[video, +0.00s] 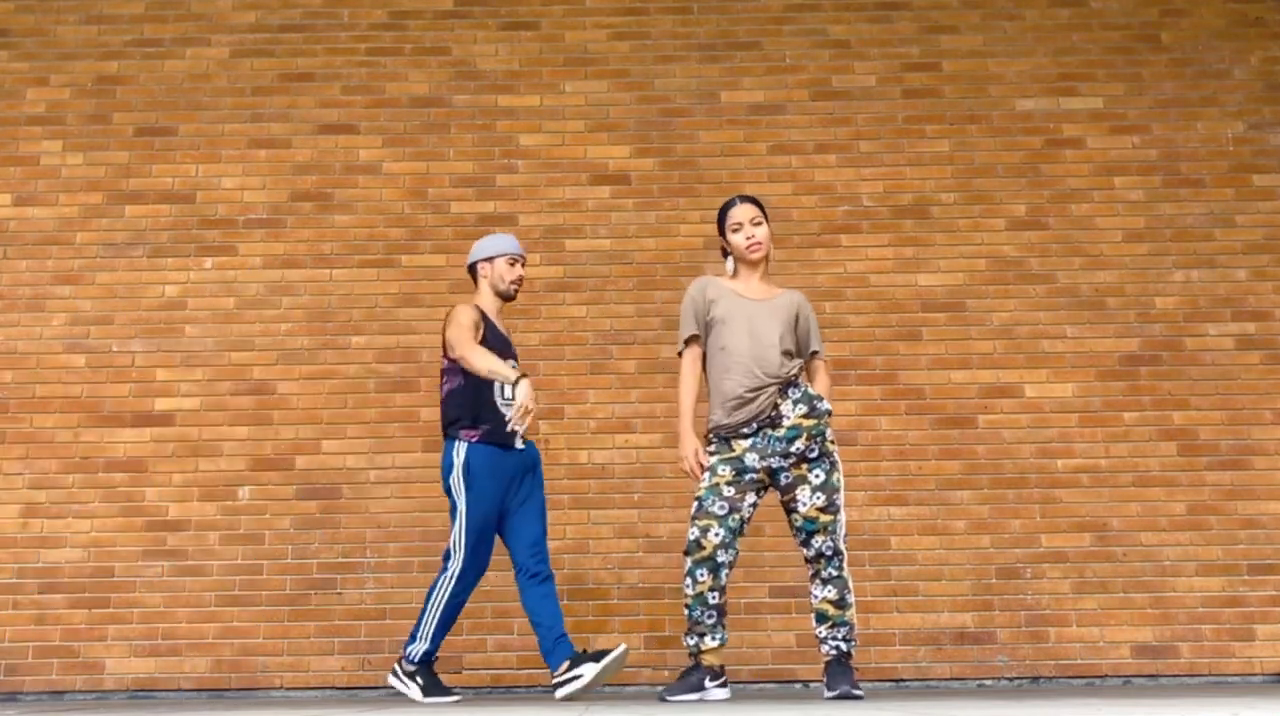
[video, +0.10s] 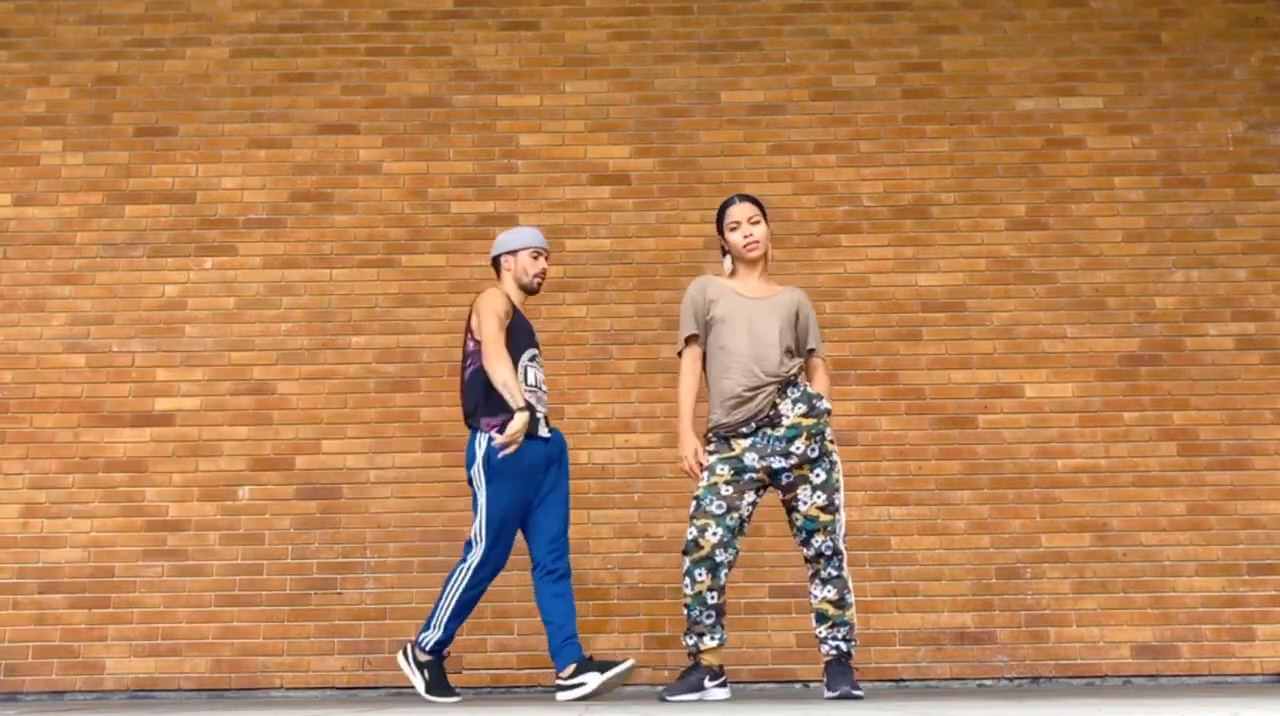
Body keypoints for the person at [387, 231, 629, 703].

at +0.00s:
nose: (520, 272)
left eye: (523, 265)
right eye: (512, 263)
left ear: (517, 273)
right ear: (483, 268)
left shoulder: (501, 334)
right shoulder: (465, 312)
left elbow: (503, 392)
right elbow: (465, 352)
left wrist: (528, 403)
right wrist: (516, 378)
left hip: (518, 457)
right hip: (475, 455)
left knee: (534, 564)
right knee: (465, 563)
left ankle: (564, 663)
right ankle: (413, 662)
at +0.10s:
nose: (543, 266)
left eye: (545, 259)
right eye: (535, 257)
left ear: (533, 267)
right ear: (507, 261)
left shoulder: (517, 316)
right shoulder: (492, 300)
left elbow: (515, 375)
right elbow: (493, 356)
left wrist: (536, 420)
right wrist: (521, 408)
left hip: (542, 448)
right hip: (503, 448)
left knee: (552, 561)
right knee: (485, 557)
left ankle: (570, 665)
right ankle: (426, 651)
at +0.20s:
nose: (567, 263)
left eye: (568, 257)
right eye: (558, 254)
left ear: (556, 266)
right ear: (529, 259)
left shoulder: (540, 315)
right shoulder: (512, 301)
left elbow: (543, 384)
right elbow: (508, 367)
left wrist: (568, 430)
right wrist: (514, 438)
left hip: (568, 447)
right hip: (529, 446)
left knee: (569, 560)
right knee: (512, 554)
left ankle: (575, 667)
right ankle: (443, 639)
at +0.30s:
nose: (586, 255)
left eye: (588, 249)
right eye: (577, 246)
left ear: (581, 260)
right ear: (548, 253)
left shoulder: (567, 319)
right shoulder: (524, 295)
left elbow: (566, 385)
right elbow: (507, 365)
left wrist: (587, 428)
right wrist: (514, 434)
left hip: (584, 443)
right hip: (544, 441)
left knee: (577, 556)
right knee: (539, 549)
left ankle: (577, 667)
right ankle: (486, 651)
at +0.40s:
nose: (599, 247)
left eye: (602, 240)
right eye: (589, 238)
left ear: (600, 252)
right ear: (561, 246)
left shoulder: (591, 320)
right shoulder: (532, 291)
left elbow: (583, 385)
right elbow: (499, 354)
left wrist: (604, 424)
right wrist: (521, 416)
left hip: (596, 439)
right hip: (551, 436)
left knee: (585, 550)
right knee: (558, 544)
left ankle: (578, 664)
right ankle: (547, 665)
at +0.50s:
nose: (607, 241)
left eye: (611, 234)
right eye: (597, 232)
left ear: (610, 245)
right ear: (570, 240)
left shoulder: (610, 316)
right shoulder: (540, 291)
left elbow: (608, 384)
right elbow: (501, 355)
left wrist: (628, 423)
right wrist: (545, 392)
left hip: (608, 436)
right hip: (557, 432)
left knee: (596, 544)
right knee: (577, 535)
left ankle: (581, 661)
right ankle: (582, 664)